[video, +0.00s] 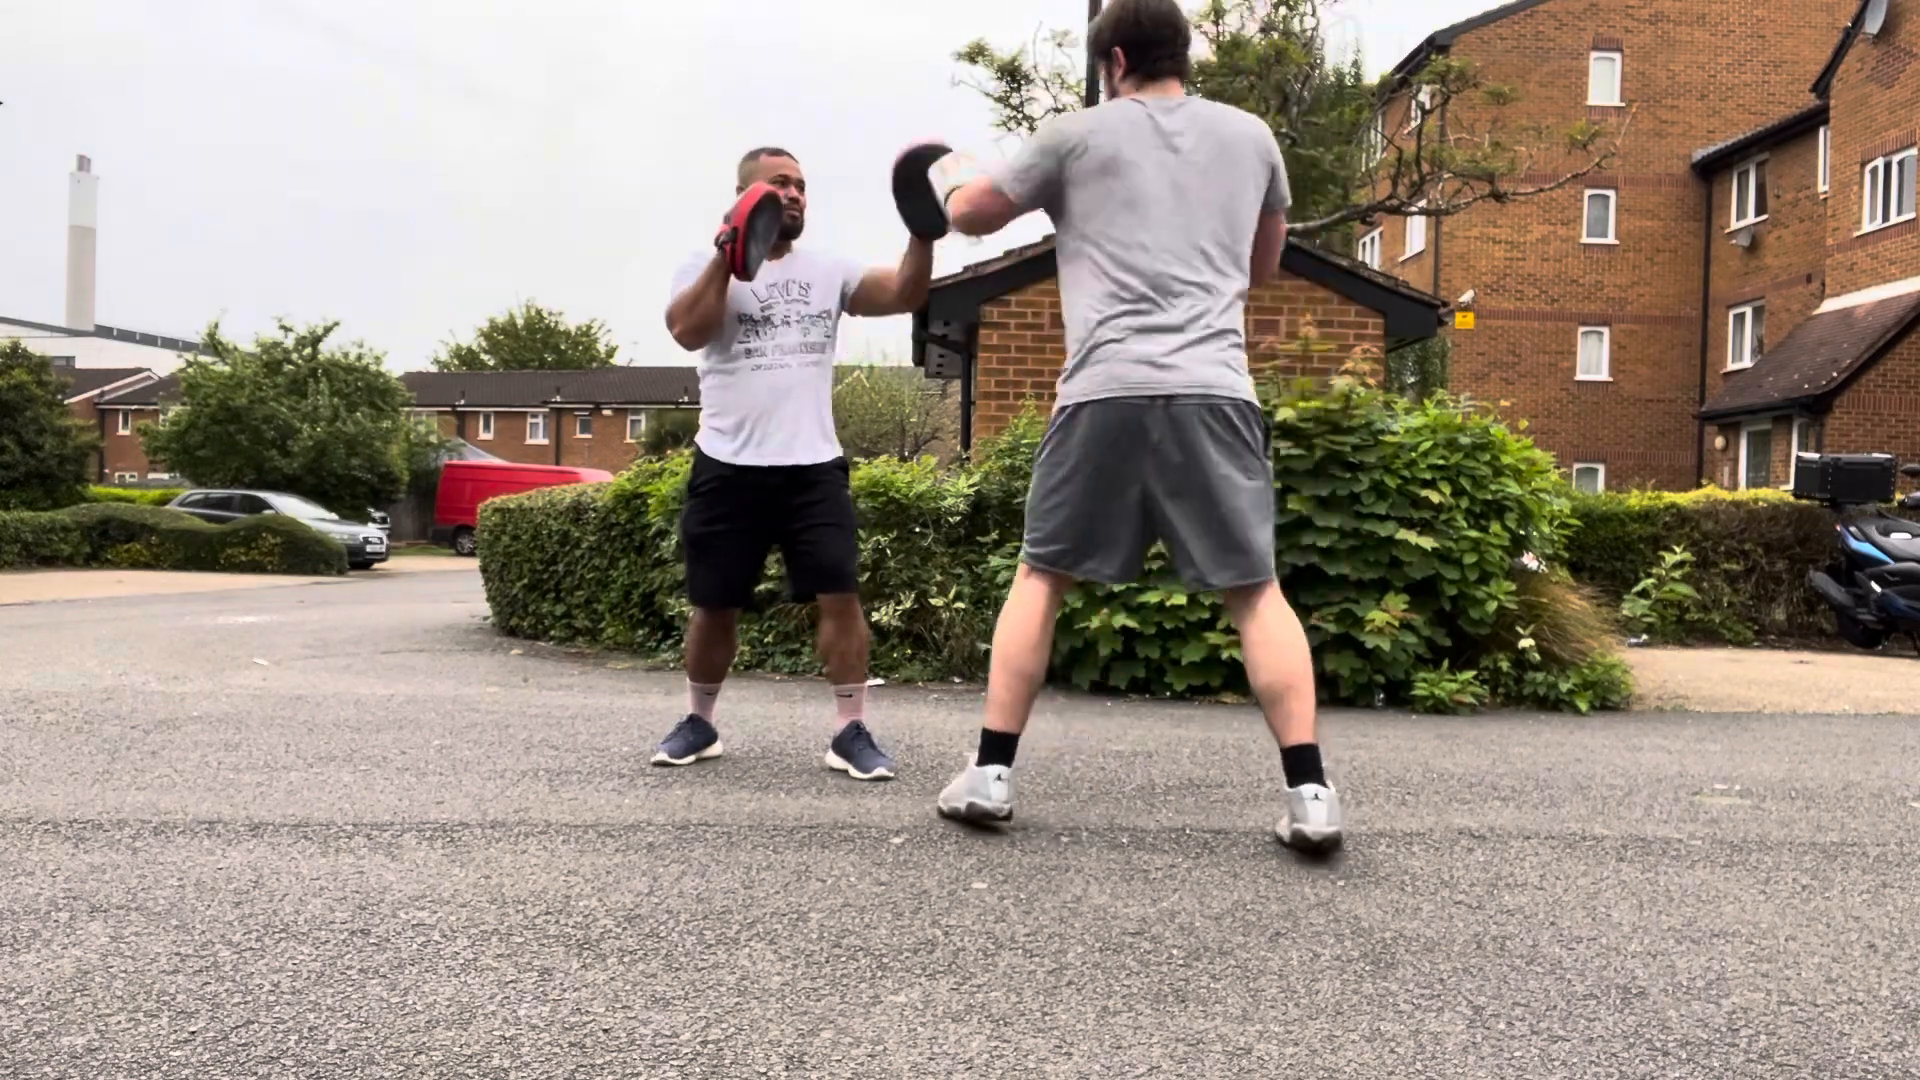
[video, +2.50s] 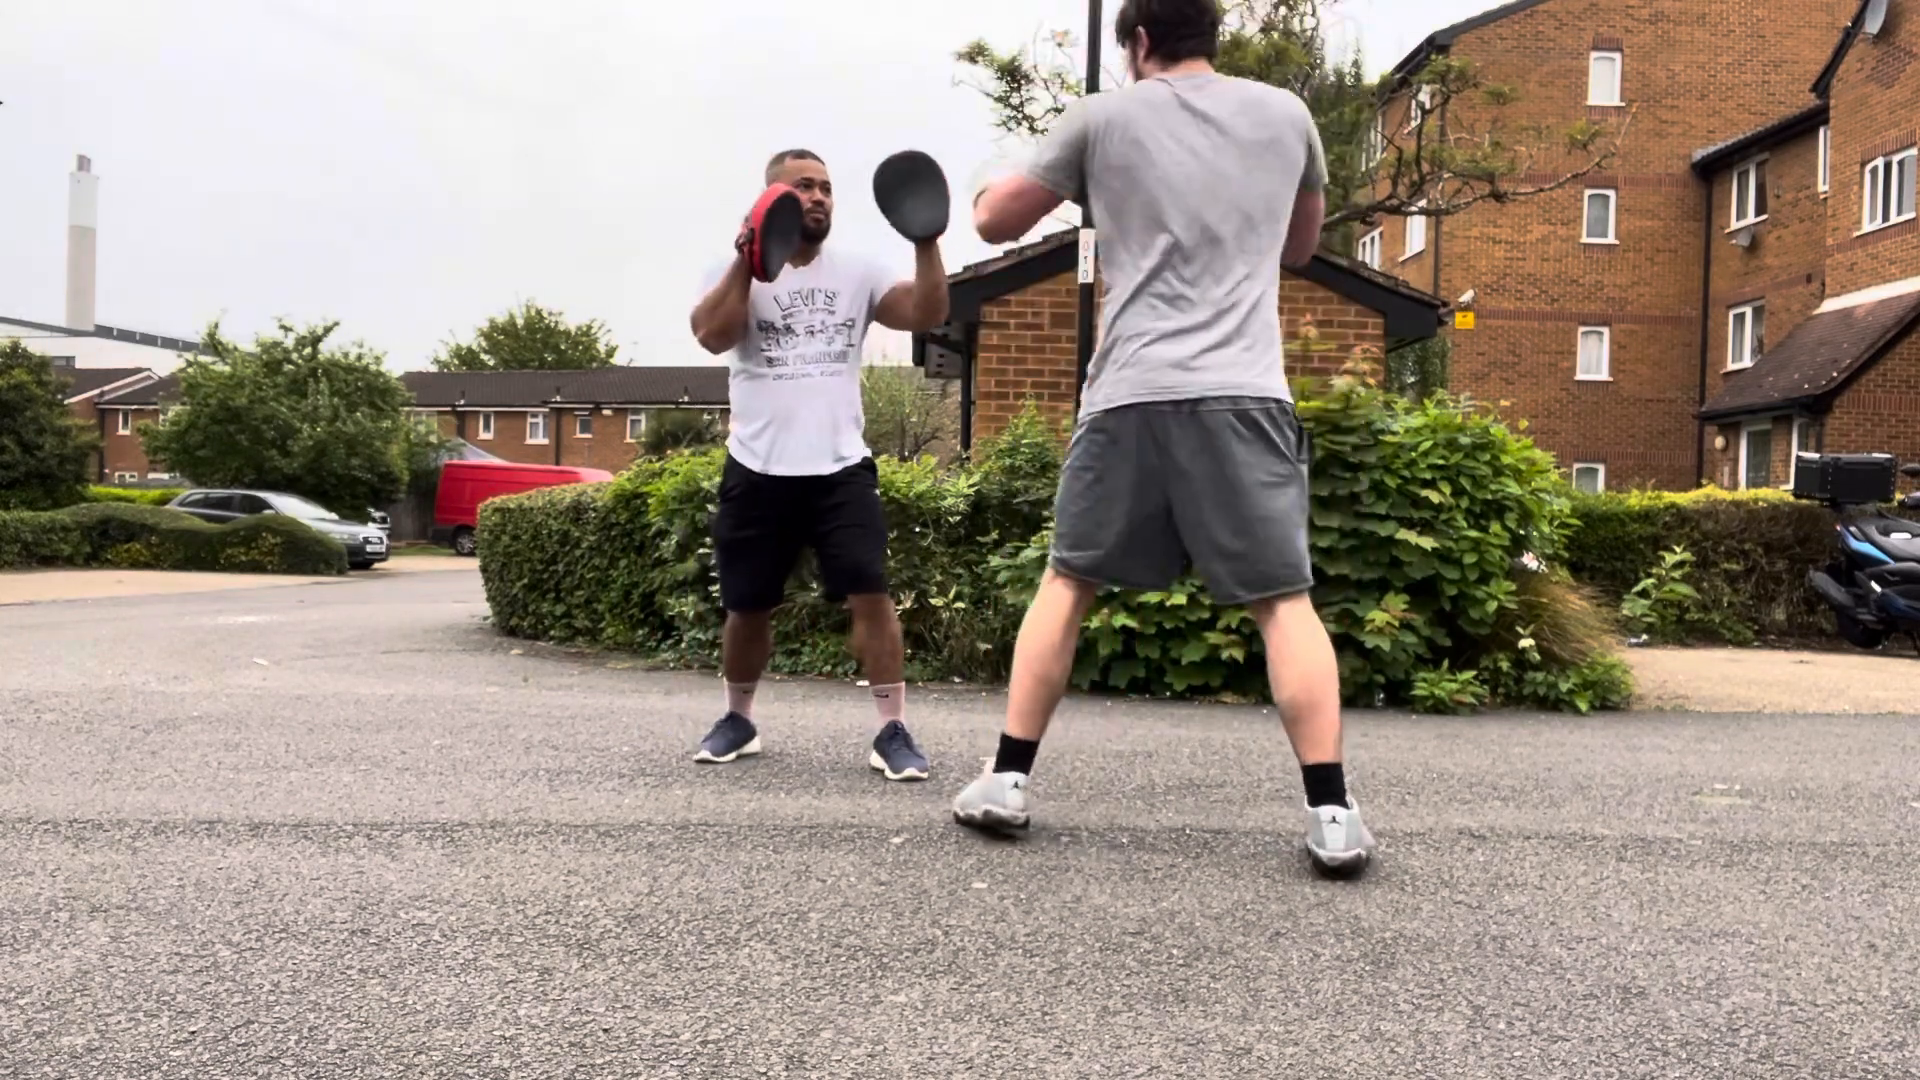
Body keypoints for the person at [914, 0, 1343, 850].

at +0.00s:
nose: (1097, 77)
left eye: (1098, 65)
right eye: (1104, 64)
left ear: (1114, 62)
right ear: (1185, 59)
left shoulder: (1077, 134)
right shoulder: (1253, 135)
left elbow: (970, 216)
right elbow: (1261, 268)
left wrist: (961, 178)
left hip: (1101, 394)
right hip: (1215, 394)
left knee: (1041, 575)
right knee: (1257, 592)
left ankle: (990, 772)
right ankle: (1310, 790)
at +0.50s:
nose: (983, 97)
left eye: (983, 80)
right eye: (981, 80)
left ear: (1006, 74)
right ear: (1057, 67)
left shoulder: (1037, 152)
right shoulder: (1109, 135)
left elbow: (1013, 301)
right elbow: (1047, 237)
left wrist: (953, 283)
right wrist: (953, 216)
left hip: (1109, 389)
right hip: (1199, 375)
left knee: (1021, 572)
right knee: (1236, 575)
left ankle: (991, 780)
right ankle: (1342, 765)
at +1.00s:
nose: (1078, 82)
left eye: (1079, 70)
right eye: (1079, 71)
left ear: (1100, 64)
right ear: (1172, 60)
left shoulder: (1063, 145)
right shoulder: (1240, 144)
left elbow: (1010, 274)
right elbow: (1254, 259)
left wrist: (1090, 224)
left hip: (1096, 408)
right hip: (1212, 403)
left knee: (1025, 580)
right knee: (1272, 594)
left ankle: (997, 783)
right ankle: (1343, 799)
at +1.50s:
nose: (1006, 106)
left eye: (1002, 93)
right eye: (1004, 93)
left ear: (1016, 86)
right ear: (1083, 64)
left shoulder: (1016, 166)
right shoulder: (1181, 125)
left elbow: (981, 319)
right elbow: (1225, 249)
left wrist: (944, 337)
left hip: (1105, 400)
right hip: (1217, 382)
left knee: (1032, 580)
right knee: (1265, 587)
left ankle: (995, 785)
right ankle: (1340, 785)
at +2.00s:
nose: (1188, 41)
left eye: (1188, 28)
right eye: (1191, 30)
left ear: (1206, 21)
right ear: (1284, 20)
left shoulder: (1179, 88)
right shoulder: (1355, 105)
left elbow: (1122, 230)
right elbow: (1322, 212)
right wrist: (1177, 209)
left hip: (1206, 380)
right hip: (1319, 378)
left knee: (1132, 572)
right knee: (1320, 606)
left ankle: (1090, 782)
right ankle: (1333, 826)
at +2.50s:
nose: (1126, 61)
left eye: (1127, 46)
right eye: (1129, 47)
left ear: (1141, 41)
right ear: (1212, 37)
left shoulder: (1104, 116)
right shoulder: (1287, 113)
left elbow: (996, 220)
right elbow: (1300, 247)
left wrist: (1003, 187)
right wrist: (1228, 207)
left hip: (1127, 395)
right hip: (1248, 395)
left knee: (1066, 582)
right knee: (1284, 598)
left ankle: (1006, 779)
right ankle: (1333, 813)